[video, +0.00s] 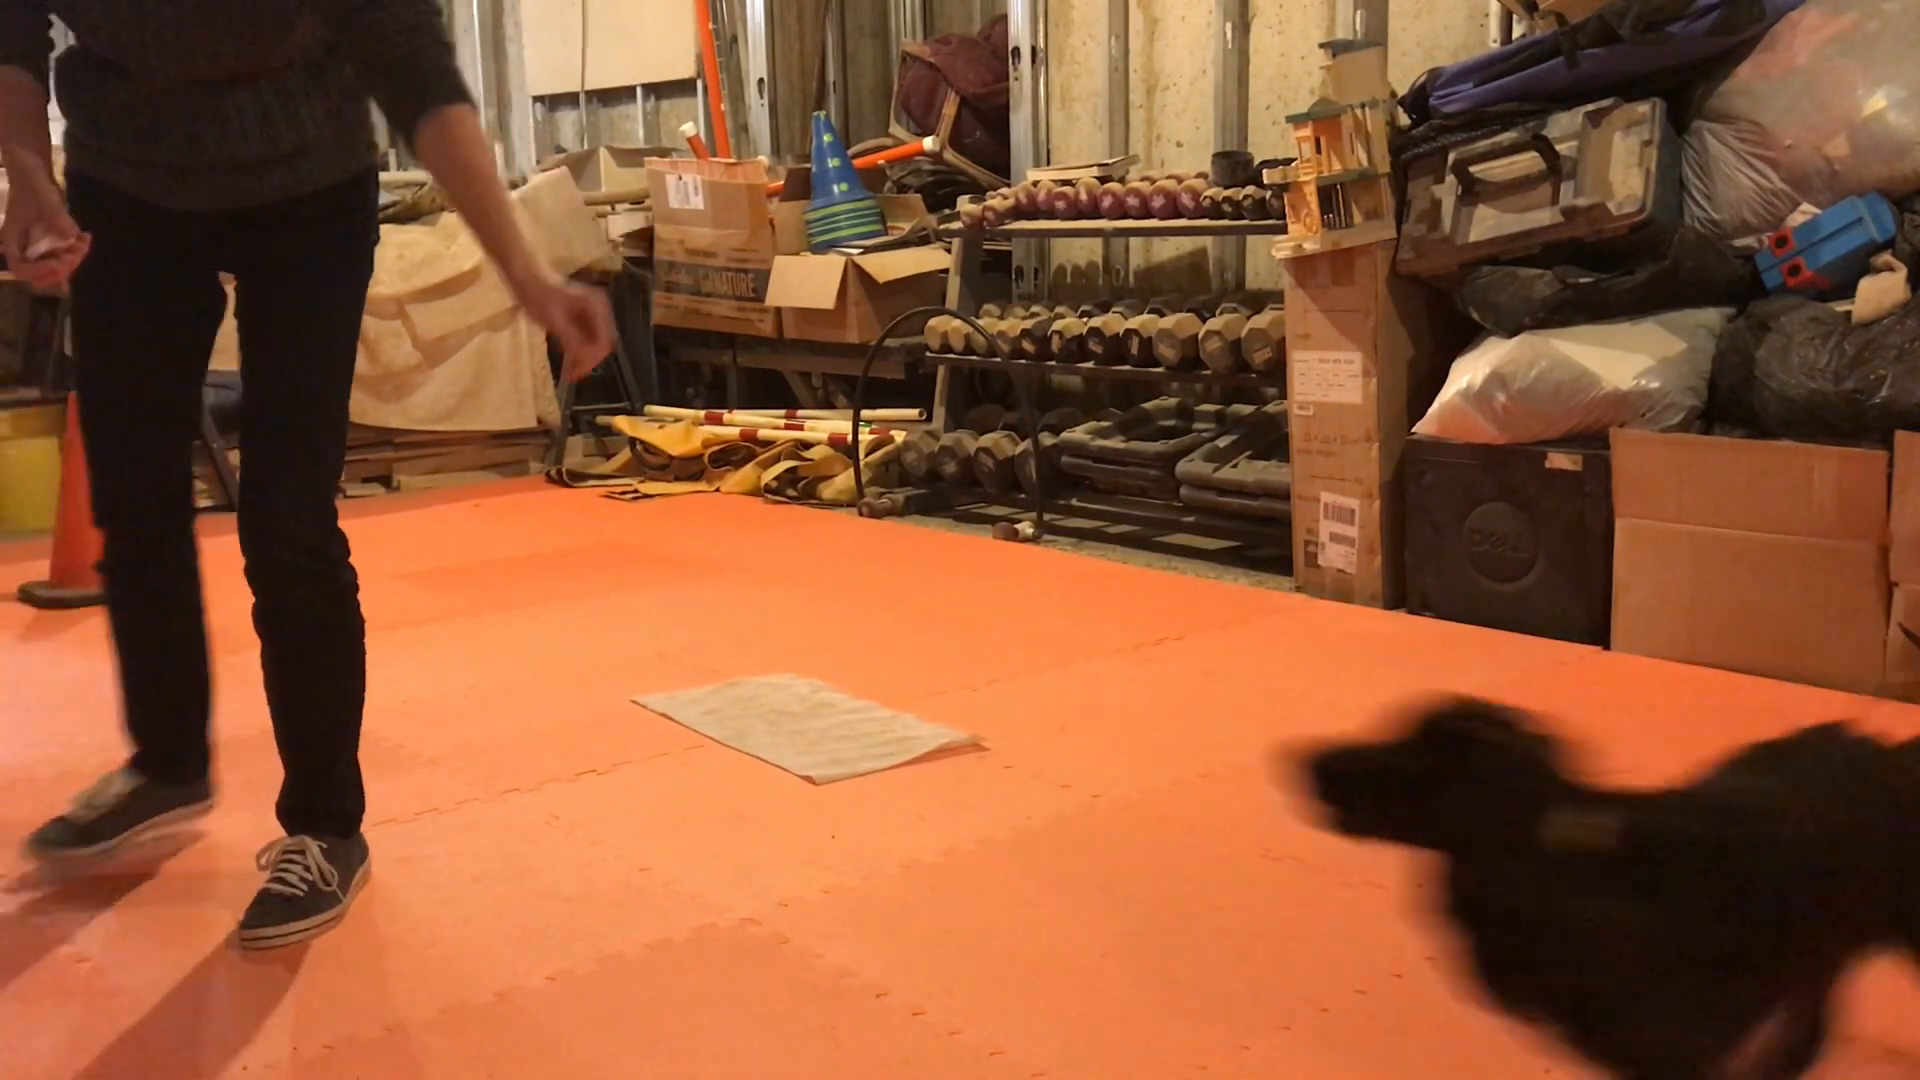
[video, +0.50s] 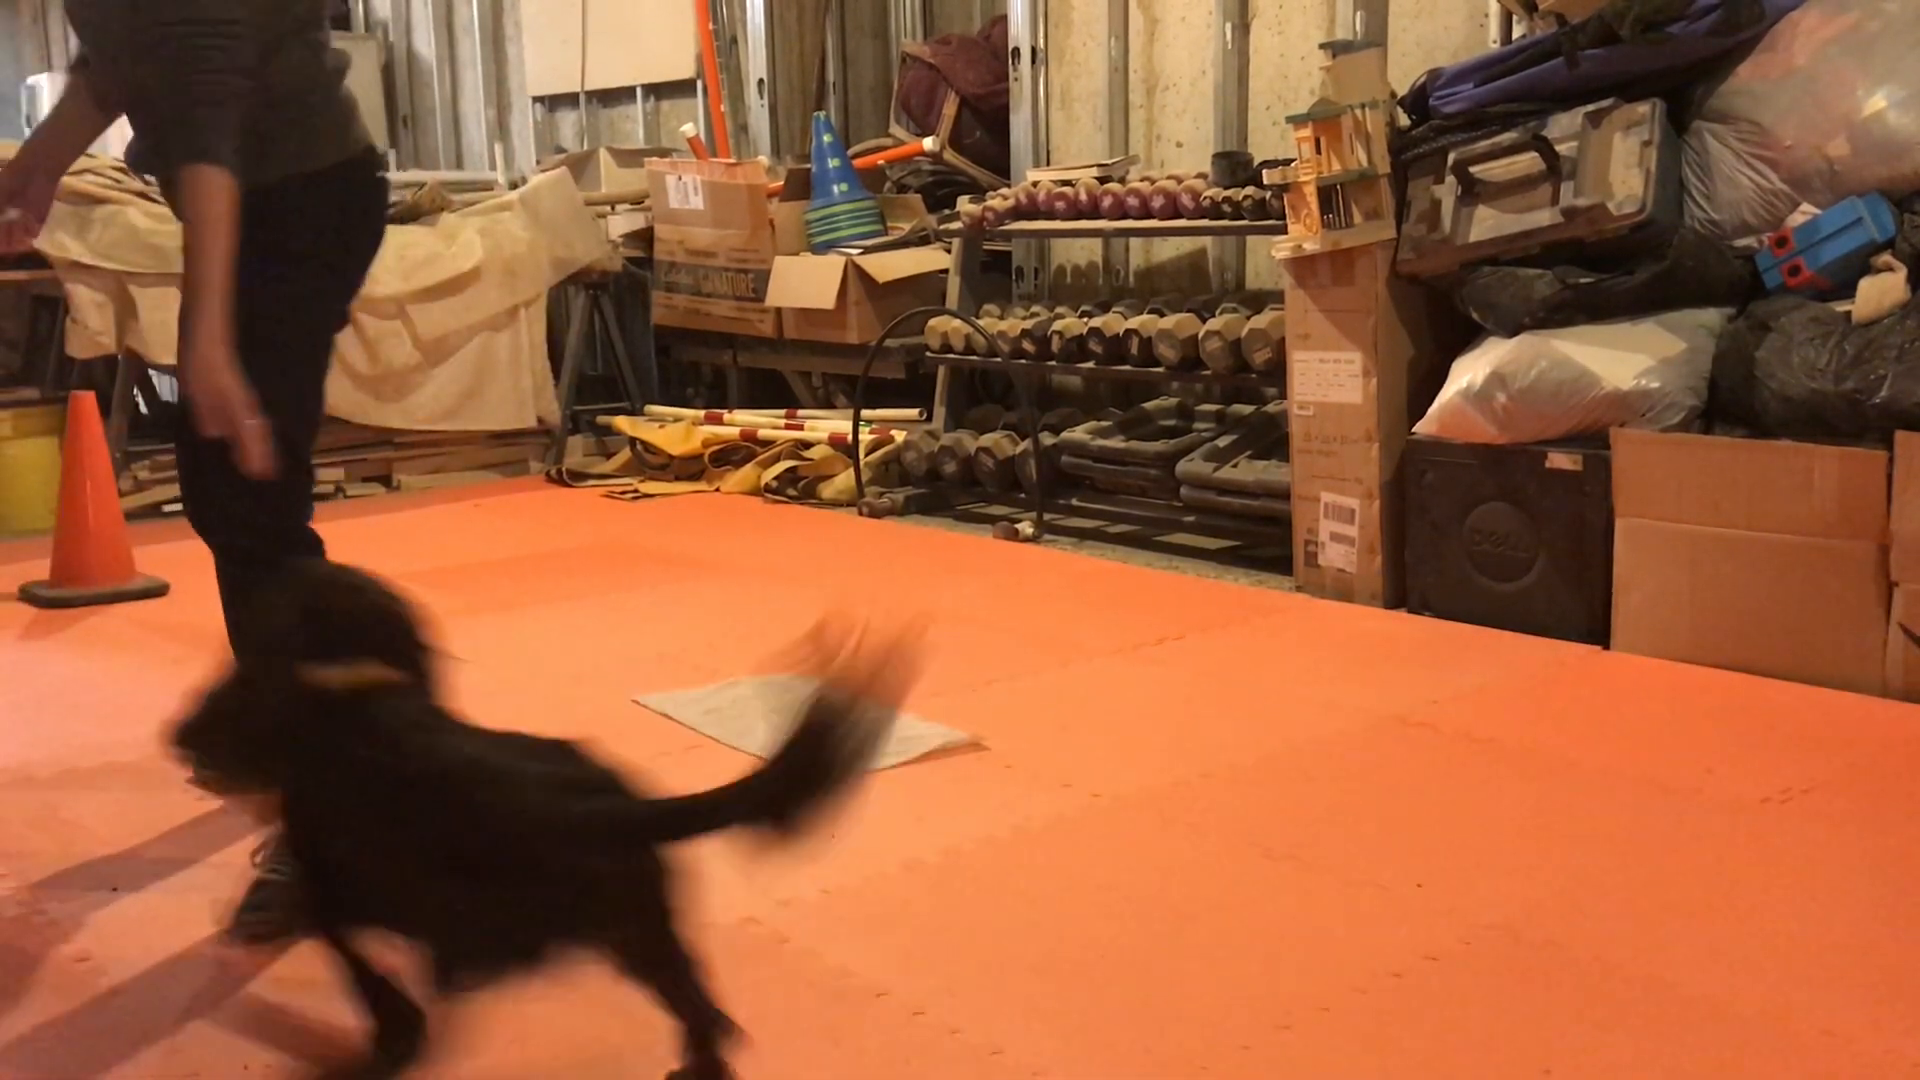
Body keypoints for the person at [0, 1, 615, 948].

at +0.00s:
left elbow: (418, 73)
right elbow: (18, 29)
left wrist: (529, 276)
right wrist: (27, 169)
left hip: (306, 173)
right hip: (129, 177)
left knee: (288, 527)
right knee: (137, 505)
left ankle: (323, 832)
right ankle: (170, 764)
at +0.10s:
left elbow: (397, 80)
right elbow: (24, 21)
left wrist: (487, 303)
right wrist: (30, 181)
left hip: (317, 170)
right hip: (149, 171)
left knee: (291, 516)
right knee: (158, 479)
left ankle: (329, 830)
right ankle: (233, 716)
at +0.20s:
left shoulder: (325, 14)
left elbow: (361, 97)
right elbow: (29, 34)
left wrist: (430, 316)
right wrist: (29, 185)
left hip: (317, 177)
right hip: (162, 179)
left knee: (291, 505)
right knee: (178, 470)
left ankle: (331, 828)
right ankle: (260, 691)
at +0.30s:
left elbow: (318, 106)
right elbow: (40, 52)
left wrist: (367, 336)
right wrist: (25, 173)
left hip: (314, 180)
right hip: (188, 190)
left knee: (282, 500)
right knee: (195, 469)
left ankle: (332, 828)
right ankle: (272, 695)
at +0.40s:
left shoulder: (249, 9)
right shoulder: (83, 4)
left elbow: (268, 111)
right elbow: (75, 46)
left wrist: (292, 333)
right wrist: (22, 167)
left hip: (320, 200)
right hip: (210, 208)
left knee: (274, 494)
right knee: (208, 476)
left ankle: (334, 826)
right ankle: (283, 725)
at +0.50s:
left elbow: (208, 99)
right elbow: (127, 47)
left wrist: (209, 342)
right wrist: (36, 165)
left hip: (303, 192)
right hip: (235, 196)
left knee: (249, 492)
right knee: (225, 479)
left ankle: (323, 812)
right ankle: (303, 759)